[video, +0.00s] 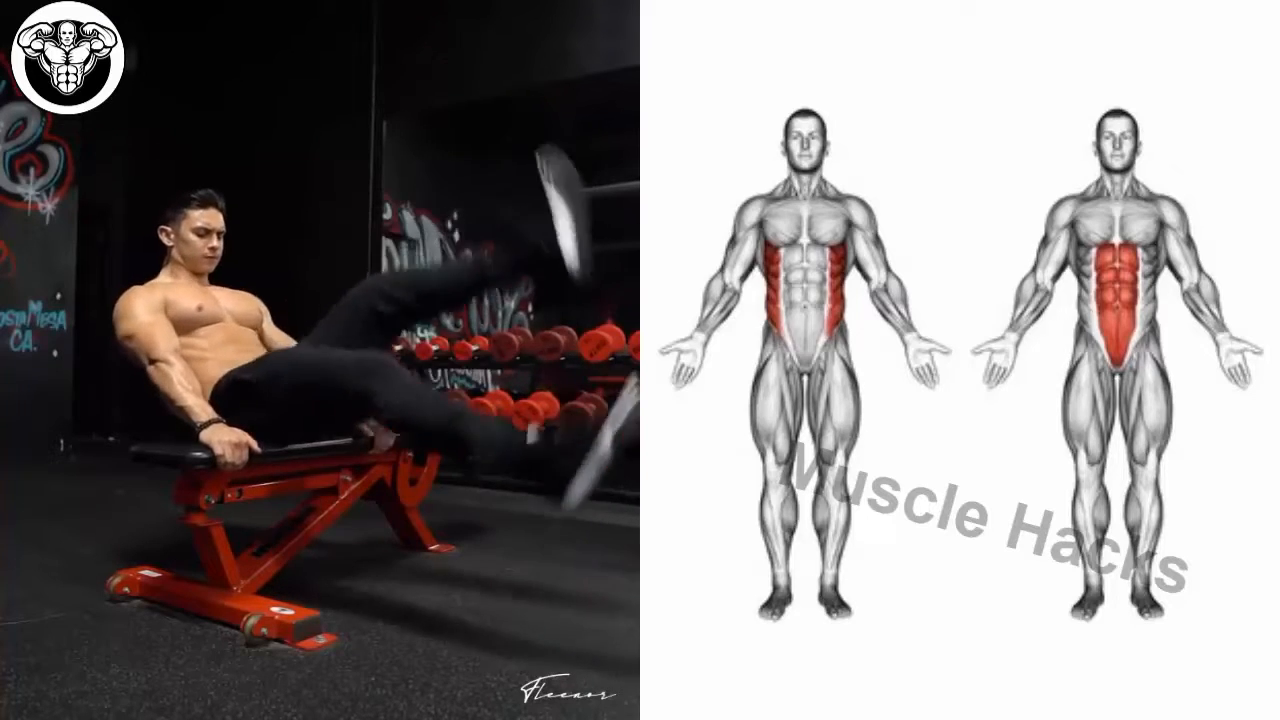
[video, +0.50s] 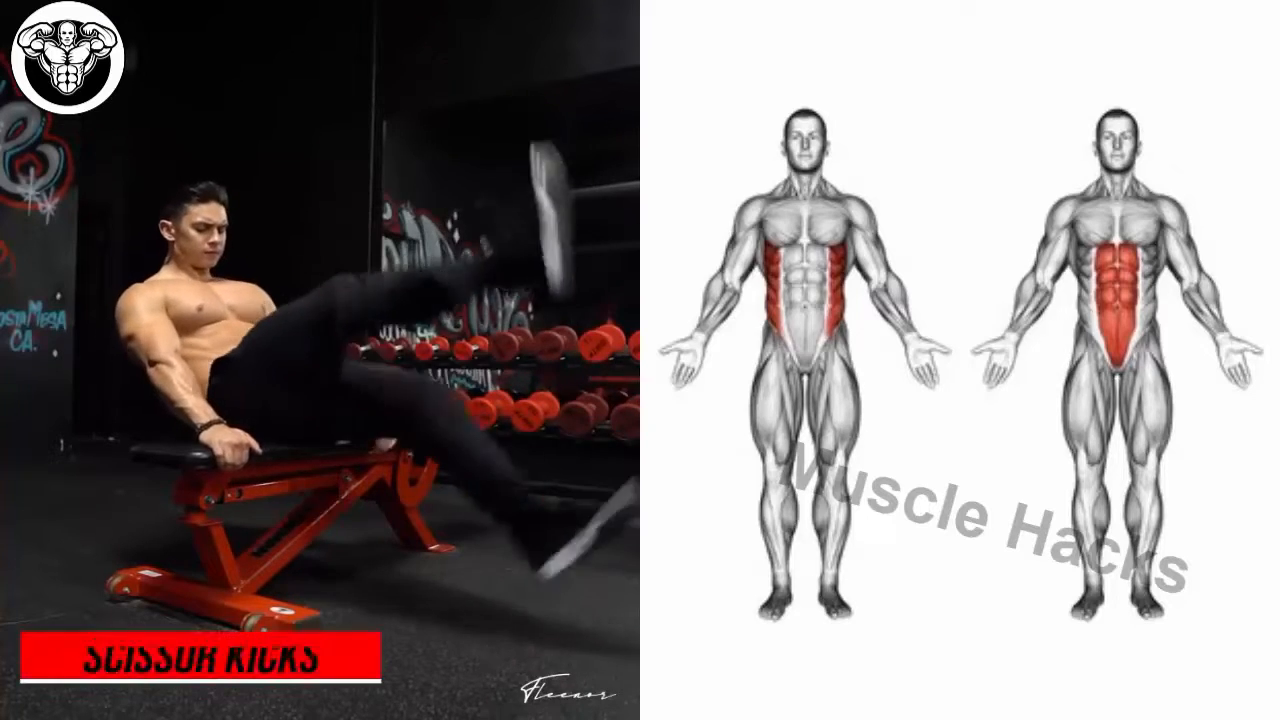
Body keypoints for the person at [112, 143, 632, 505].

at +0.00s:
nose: (214, 244)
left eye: (219, 235)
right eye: (202, 233)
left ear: (222, 242)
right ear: (168, 236)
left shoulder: (245, 299)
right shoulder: (140, 301)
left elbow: (303, 357)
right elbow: (164, 364)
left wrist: (364, 410)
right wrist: (208, 424)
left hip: (296, 383)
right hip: (242, 397)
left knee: (378, 294)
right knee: (368, 366)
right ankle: (535, 458)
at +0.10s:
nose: (211, 242)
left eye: (216, 233)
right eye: (199, 231)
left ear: (219, 239)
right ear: (165, 236)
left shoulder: (247, 297)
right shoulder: (140, 300)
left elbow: (292, 363)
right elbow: (165, 365)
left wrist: (355, 413)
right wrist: (210, 424)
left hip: (291, 396)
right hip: (238, 401)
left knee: (405, 328)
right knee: (364, 338)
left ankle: (561, 369)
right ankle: (546, 357)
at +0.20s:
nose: (213, 238)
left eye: (217, 229)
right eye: (199, 228)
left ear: (221, 235)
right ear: (166, 235)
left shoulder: (250, 294)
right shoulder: (142, 299)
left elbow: (303, 357)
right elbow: (166, 364)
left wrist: (360, 421)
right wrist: (210, 424)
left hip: (305, 401)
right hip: (246, 400)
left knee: (430, 369)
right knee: (346, 295)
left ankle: (574, 470)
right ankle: (529, 262)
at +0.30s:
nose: (217, 237)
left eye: (223, 228)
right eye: (204, 227)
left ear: (226, 232)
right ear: (171, 231)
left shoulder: (251, 291)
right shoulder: (144, 297)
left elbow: (299, 340)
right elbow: (166, 366)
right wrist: (210, 426)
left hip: (304, 395)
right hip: (243, 393)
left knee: (427, 416)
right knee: (337, 281)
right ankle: (487, 206)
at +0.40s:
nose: (219, 238)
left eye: (224, 229)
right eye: (206, 228)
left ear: (227, 234)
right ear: (171, 230)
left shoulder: (252, 289)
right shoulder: (144, 296)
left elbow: (305, 330)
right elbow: (164, 367)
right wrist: (209, 427)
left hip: (301, 392)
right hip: (241, 388)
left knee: (428, 421)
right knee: (334, 281)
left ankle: (529, 572)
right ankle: (480, 200)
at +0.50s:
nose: (215, 239)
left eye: (221, 230)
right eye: (202, 229)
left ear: (225, 235)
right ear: (168, 232)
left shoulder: (251, 293)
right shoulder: (143, 298)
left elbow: (302, 350)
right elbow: (163, 366)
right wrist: (210, 426)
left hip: (302, 396)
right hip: (242, 393)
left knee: (425, 398)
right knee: (336, 299)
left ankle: (539, 532)